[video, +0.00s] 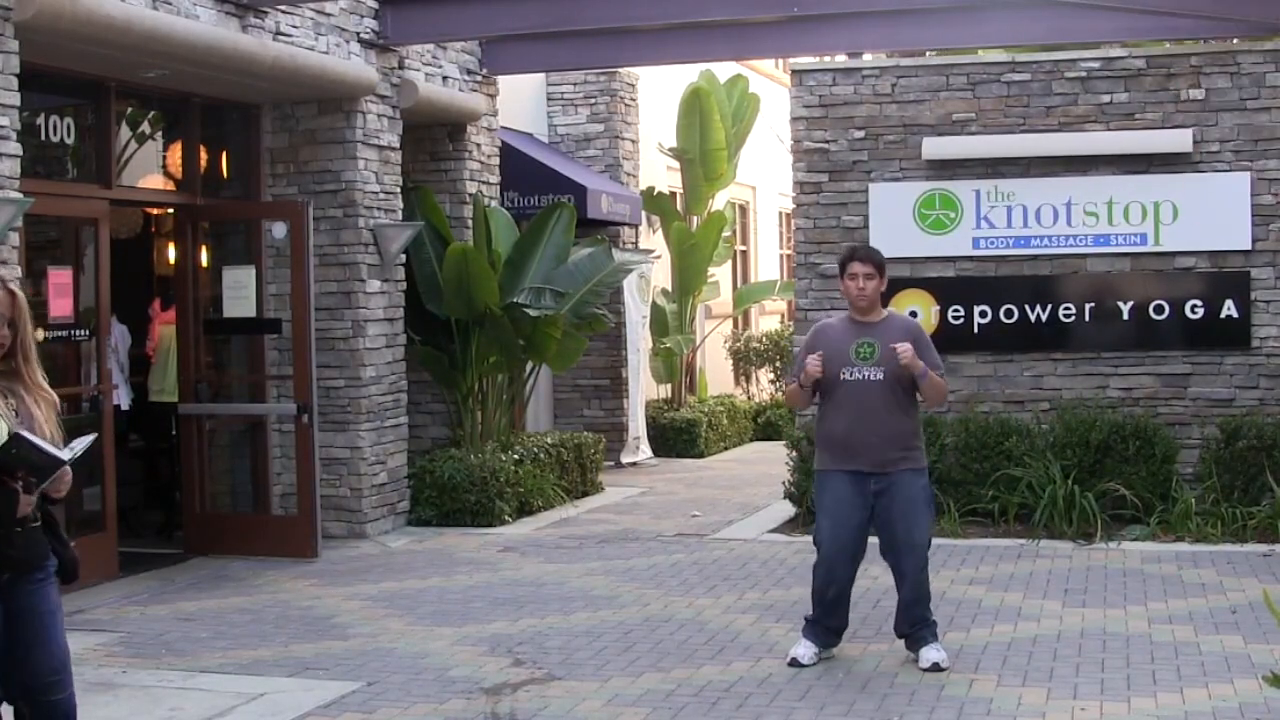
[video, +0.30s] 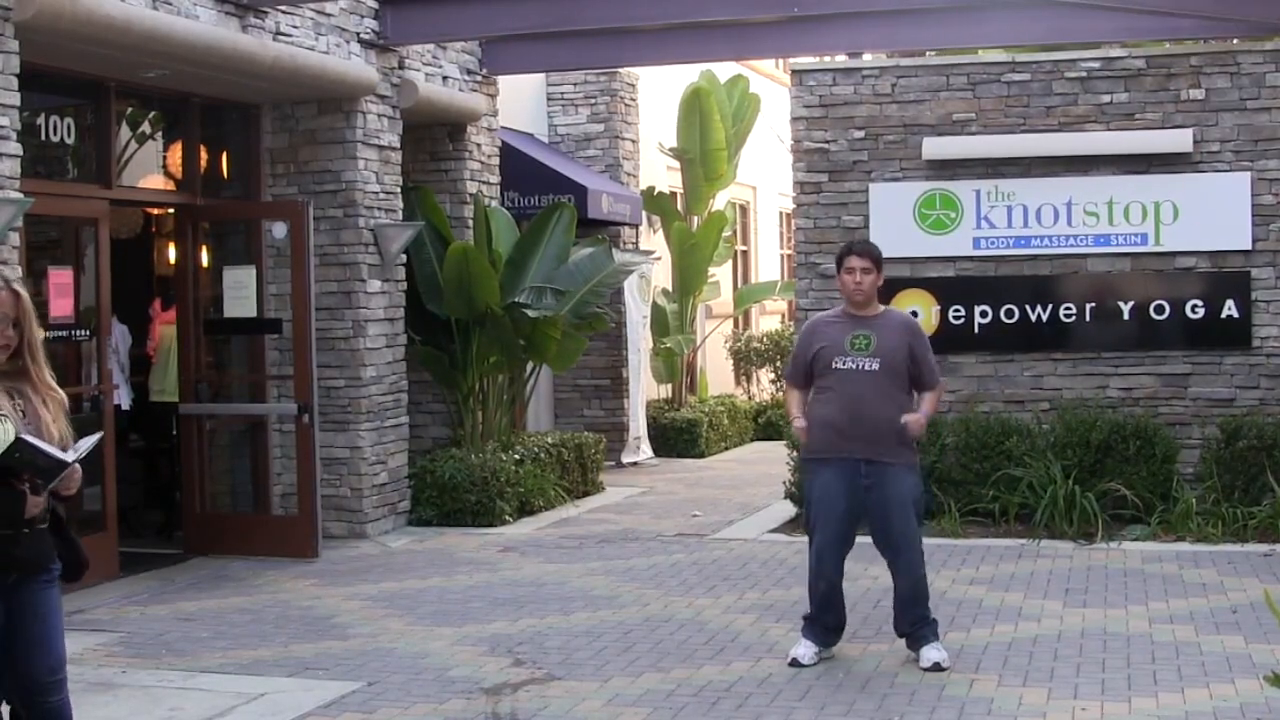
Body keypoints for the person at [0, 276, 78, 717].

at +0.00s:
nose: (3, 334)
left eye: (9, 323)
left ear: (20, 330)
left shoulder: (34, 395)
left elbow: (52, 475)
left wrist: (60, 485)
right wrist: (7, 504)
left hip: (29, 568)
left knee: (52, 703)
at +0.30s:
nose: (6, 334)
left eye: (13, 323)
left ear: (26, 328)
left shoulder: (42, 393)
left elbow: (61, 470)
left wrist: (70, 483)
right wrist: (14, 505)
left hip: (34, 564)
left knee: (46, 700)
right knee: (22, 700)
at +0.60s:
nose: (12, 337)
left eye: (21, 327)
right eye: (4, 325)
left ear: (32, 332)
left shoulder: (45, 395)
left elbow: (66, 471)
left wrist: (72, 482)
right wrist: (31, 501)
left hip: (39, 563)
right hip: (4, 561)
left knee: (45, 698)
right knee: (15, 698)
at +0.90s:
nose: (16, 334)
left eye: (23, 324)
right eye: (7, 322)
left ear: (33, 328)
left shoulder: (42, 389)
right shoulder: (5, 389)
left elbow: (63, 464)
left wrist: (70, 482)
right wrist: (33, 493)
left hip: (41, 559)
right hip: (3, 558)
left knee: (41, 692)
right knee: (7, 693)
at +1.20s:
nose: (18, 335)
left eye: (26, 325)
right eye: (9, 323)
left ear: (35, 330)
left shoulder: (43, 391)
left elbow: (63, 466)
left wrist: (70, 485)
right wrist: (32, 494)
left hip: (40, 560)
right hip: (4, 559)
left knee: (41, 693)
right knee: (11, 694)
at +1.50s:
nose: (16, 336)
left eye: (23, 326)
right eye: (7, 323)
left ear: (32, 330)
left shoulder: (41, 392)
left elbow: (63, 465)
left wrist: (69, 487)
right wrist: (29, 499)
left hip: (37, 561)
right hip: (3, 560)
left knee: (37, 690)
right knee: (12, 692)